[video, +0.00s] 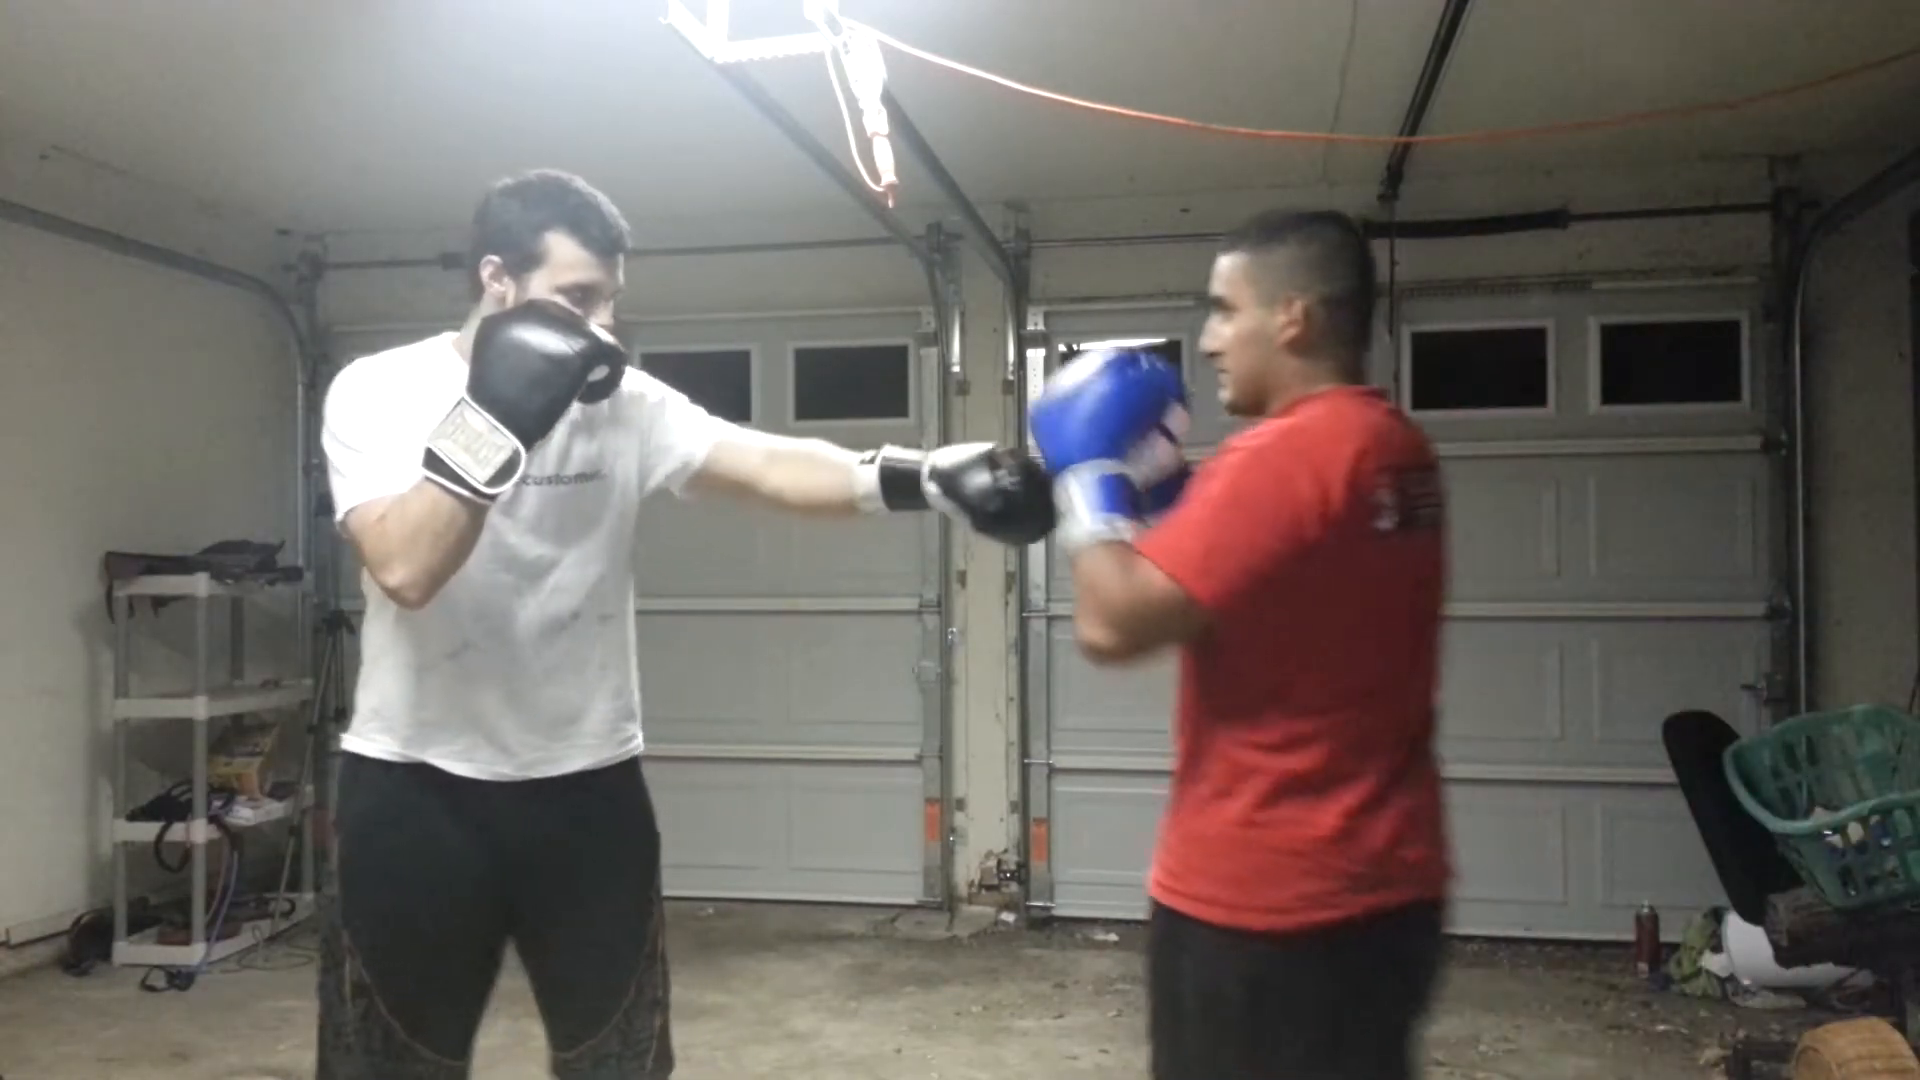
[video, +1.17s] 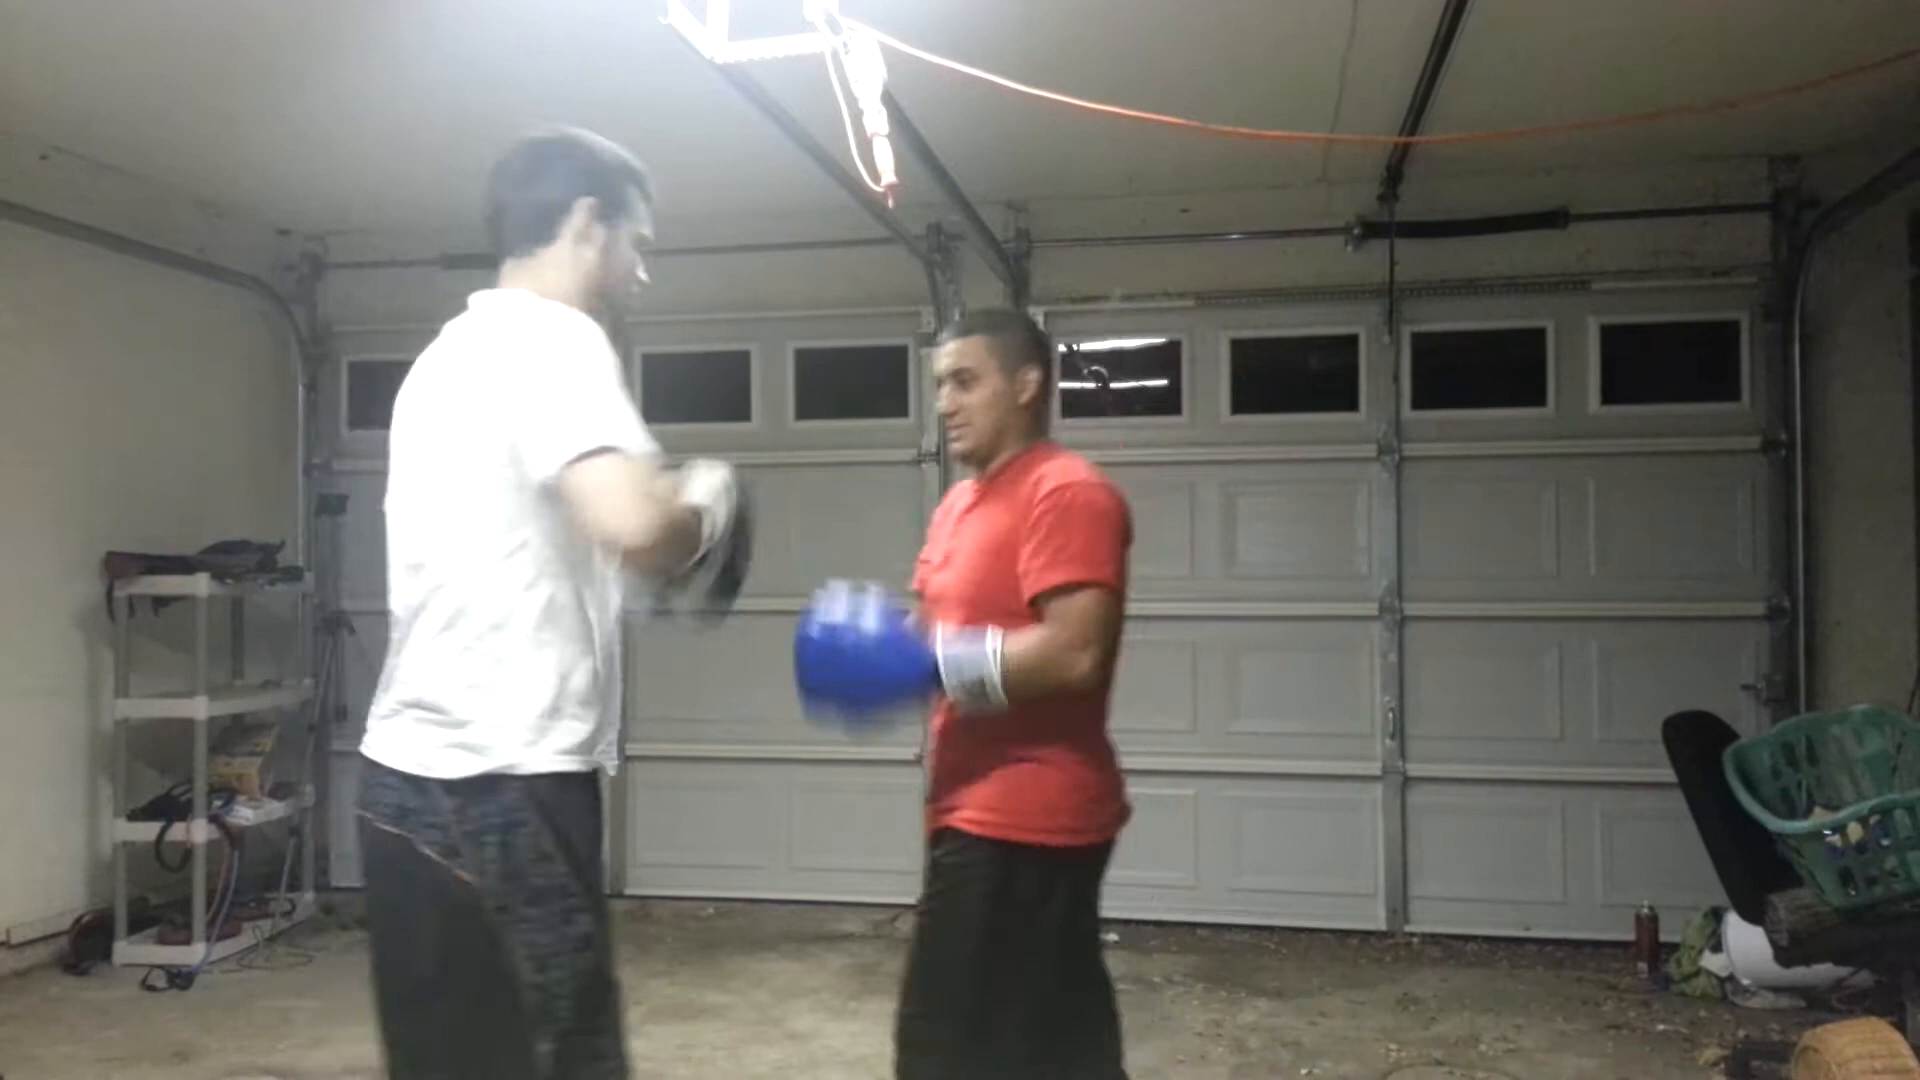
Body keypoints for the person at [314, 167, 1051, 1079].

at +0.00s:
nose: (597, 327)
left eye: (609, 305)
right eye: (576, 299)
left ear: (615, 295)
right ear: (495, 281)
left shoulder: (622, 402)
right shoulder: (378, 393)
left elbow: (769, 465)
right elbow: (403, 569)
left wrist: (921, 474)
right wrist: (497, 409)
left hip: (589, 793)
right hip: (415, 793)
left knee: (621, 1058)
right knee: (391, 1060)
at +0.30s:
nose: (554, 303)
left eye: (560, 279)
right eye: (527, 274)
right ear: (442, 262)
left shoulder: (563, 396)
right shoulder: (312, 385)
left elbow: (731, 464)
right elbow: (359, 558)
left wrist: (898, 466)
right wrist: (459, 399)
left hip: (543, 808)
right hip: (360, 811)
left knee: (596, 1064)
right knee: (341, 1067)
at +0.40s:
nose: (541, 288)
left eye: (545, 265)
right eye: (517, 260)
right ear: (430, 251)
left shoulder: (542, 371)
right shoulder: (303, 380)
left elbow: (683, 495)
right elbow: (350, 576)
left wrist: (841, 531)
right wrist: (496, 459)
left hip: (540, 803)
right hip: (363, 816)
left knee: (582, 1064)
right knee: (357, 1063)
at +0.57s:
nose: (551, 272)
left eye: (552, 250)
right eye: (528, 243)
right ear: (442, 242)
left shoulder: (539, 417)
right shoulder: (330, 382)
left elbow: (623, 582)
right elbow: (409, 599)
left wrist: (763, 656)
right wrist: (601, 641)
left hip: (519, 818)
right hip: (357, 815)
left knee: (516, 1065)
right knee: (354, 1065)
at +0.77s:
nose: (576, 255)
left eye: (573, 234)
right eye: (555, 228)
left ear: (487, 231)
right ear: (475, 226)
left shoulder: (517, 403)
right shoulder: (404, 361)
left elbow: (578, 572)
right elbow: (555, 564)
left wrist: (728, 621)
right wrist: (721, 629)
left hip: (503, 802)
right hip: (370, 800)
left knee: (507, 1062)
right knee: (359, 1062)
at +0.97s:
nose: (580, 251)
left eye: (577, 225)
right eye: (567, 219)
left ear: (487, 216)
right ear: (494, 209)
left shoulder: (423, 343)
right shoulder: (474, 337)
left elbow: (534, 558)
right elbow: (634, 520)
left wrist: (697, 600)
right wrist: (769, 547)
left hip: (392, 770)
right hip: (440, 776)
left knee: (377, 1060)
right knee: (485, 1053)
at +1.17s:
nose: (645, 273)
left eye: (647, 250)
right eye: (640, 244)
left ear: (548, 226)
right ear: (587, 222)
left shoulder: (445, 356)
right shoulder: (551, 339)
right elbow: (640, 531)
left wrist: (651, 520)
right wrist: (703, 501)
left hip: (422, 778)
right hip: (502, 787)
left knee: (447, 1062)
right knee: (566, 1059)